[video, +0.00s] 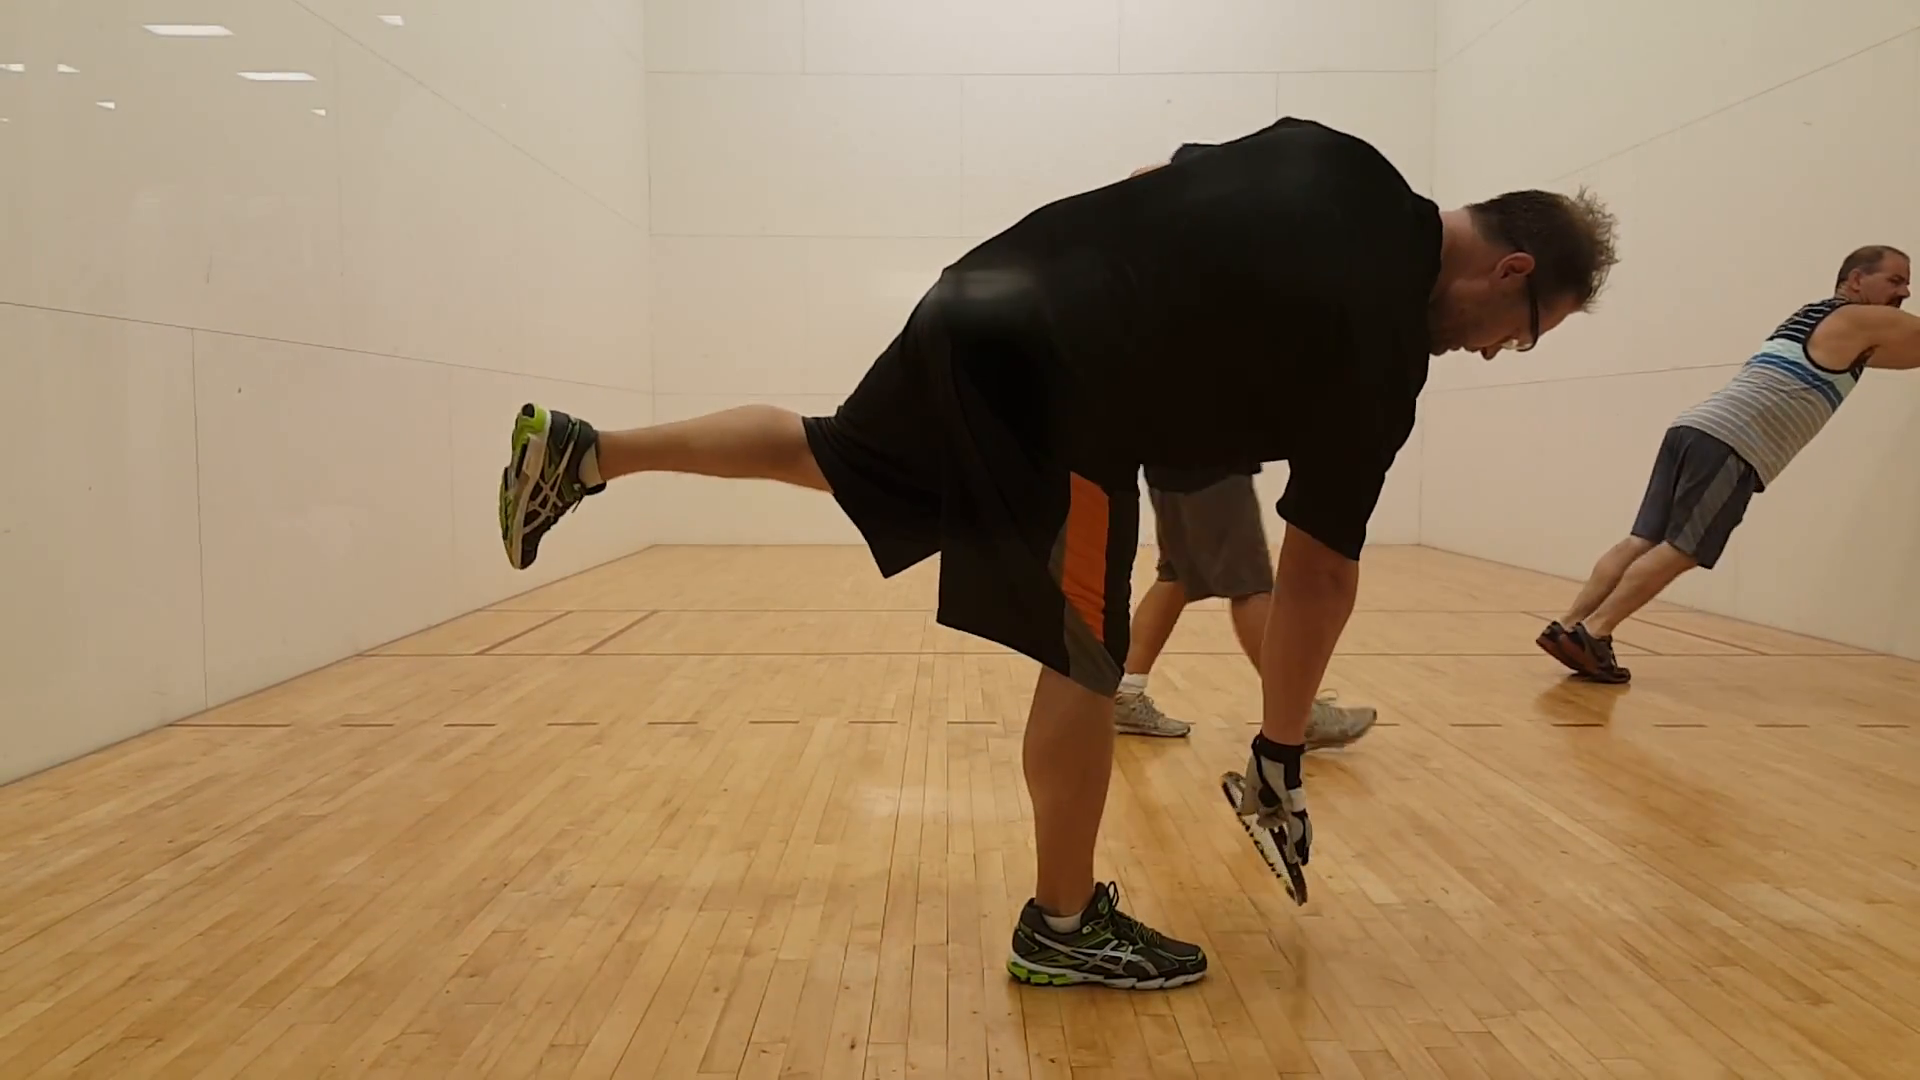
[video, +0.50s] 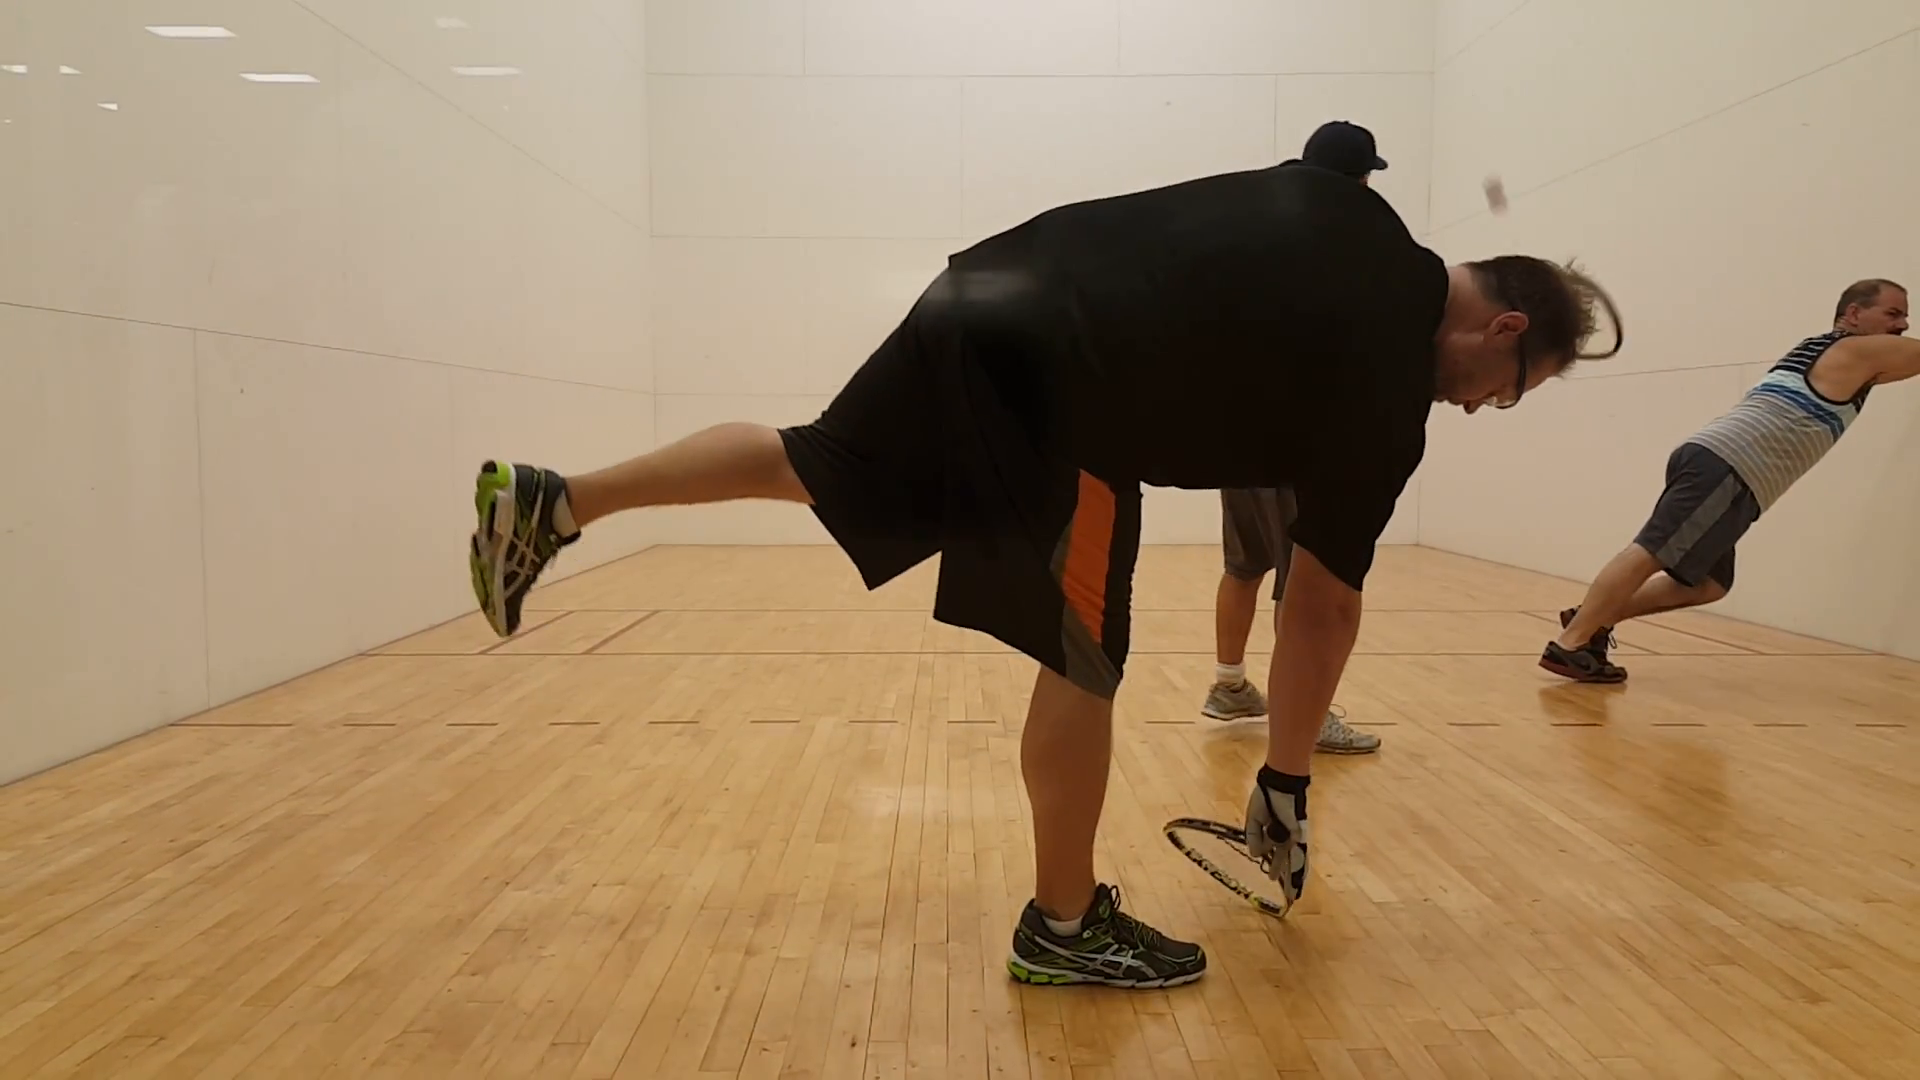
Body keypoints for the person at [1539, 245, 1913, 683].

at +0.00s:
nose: (1905, 292)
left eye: (1905, 284)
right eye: (1896, 280)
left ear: (1855, 286)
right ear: (1854, 282)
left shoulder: (1815, 317)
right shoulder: (1857, 321)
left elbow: (1908, 351)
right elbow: (1918, 337)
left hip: (1690, 431)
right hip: (1729, 450)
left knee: (1641, 542)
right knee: (1682, 550)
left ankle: (1570, 626)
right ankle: (1593, 634)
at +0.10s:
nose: (1906, 292)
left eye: (1906, 283)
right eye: (1897, 280)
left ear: (1857, 288)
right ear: (1856, 282)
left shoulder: (1823, 321)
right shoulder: (1856, 321)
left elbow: (1910, 351)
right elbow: (1918, 338)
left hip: (1704, 435)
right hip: (1731, 451)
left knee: (1661, 544)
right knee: (1669, 547)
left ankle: (1581, 627)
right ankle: (1585, 633)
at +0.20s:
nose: (1902, 301)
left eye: (1903, 293)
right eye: (1894, 290)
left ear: (1853, 297)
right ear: (1853, 291)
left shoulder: (1827, 333)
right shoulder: (1849, 331)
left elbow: (1911, 352)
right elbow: (1918, 342)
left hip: (1722, 453)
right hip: (1728, 457)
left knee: (1680, 567)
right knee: (1660, 544)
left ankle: (1580, 625)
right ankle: (1581, 633)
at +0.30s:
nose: (1901, 313)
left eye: (1902, 306)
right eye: (1893, 301)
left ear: (1852, 309)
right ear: (1852, 302)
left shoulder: (1821, 340)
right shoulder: (1850, 341)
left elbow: (1906, 356)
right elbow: (1916, 350)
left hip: (1714, 454)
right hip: (1727, 463)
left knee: (1690, 574)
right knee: (1656, 546)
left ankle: (1582, 619)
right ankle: (1576, 638)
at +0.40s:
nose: (1900, 324)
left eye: (1901, 315)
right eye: (1892, 312)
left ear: (1853, 319)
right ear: (1852, 312)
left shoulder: (1822, 349)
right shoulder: (1851, 350)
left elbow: (1905, 358)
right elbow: (1917, 353)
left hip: (1717, 464)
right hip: (1725, 469)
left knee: (1704, 580)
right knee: (1649, 552)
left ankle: (1589, 615)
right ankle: (1571, 644)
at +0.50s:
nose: (1902, 327)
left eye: (1903, 318)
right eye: (1894, 315)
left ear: (1854, 322)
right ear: (1853, 316)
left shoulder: (1823, 352)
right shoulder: (1853, 353)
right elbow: (1916, 355)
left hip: (1719, 467)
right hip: (1725, 471)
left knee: (1708, 582)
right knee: (1649, 553)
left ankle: (1593, 614)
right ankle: (1571, 645)